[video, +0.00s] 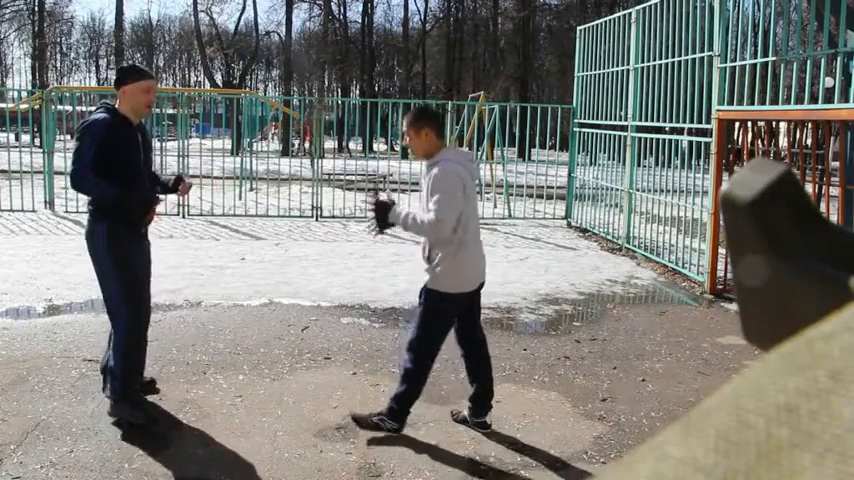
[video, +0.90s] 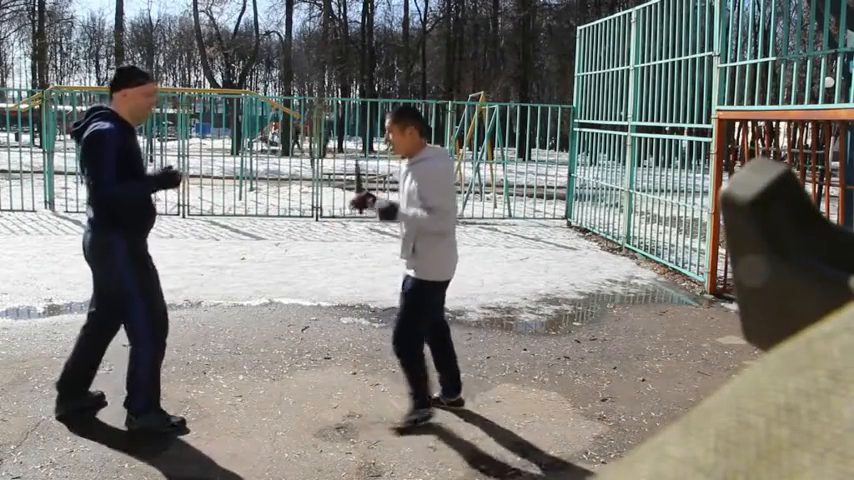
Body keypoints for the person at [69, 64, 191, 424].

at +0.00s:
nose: (152, 99)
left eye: (154, 92)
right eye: (146, 91)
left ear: (144, 95)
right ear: (124, 92)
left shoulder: (139, 132)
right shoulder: (100, 126)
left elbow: (141, 178)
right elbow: (80, 178)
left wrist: (171, 186)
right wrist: (131, 200)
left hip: (134, 232)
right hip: (108, 234)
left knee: (138, 310)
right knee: (128, 314)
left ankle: (124, 376)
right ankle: (123, 401)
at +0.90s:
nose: (154, 105)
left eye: (154, 97)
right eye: (149, 97)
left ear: (125, 96)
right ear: (124, 95)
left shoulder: (112, 129)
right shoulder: (106, 133)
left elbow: (114, 187)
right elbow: (109, 193)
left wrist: (153, 181)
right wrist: (159, 181)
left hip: (109, 244)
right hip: (118, 246)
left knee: (105, 317)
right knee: (150, 324)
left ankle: (71, 396)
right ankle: (144, 412)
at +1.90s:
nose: (144, 112)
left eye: (145, 106)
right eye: (140, 105)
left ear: (114, 103)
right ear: (115, 102)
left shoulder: (103, 134)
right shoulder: (98, 138)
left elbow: (110, 187)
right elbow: (108, 194)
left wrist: (141, 168)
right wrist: (145, 168)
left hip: (99, 247)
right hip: (112, 250)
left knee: (96, 319)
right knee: (155, 320)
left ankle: (61, 395)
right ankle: (172, 409)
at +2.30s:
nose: (145, 116)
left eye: (145, 109)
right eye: (140, 109)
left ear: (115, 109)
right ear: (118, 109)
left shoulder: (100, 137)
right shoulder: (109, 142)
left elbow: (114, 191)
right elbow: (126, 192)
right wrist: (162, 169)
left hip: (92, 249)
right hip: (111, 253)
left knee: (102, 313)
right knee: (161, 320)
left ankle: (46, 377)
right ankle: (173, 408)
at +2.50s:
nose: (157, 135)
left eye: (158, 128)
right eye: (153, 127)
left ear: (130, 124)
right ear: (131, 123)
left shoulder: (114, 150)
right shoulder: (113, 154)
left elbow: (148, 206)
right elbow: (152, 202)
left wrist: (183, 238)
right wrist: (206, 221)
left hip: (62, 247)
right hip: (74, 251)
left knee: (68, 320)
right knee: (120, 321)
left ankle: (32, 385)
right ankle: (149, 410)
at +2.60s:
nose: (160, 140)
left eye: (161, 133)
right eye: (156, 132)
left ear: (131, 130)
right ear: (133, 129)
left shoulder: (113, 154)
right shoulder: (117, 159)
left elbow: (151, 216)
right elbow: (156, 212)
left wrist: (187, 252)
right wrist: (209, 244)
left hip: (53, 245)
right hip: (67, 251)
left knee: (65, 308)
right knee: (116, 319)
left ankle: (25, 377)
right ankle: (133, 407)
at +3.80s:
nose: (111, 110)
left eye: (110, 103)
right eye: (107, 103)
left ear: (84, 101)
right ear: (88, 102)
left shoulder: (61, 126)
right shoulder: (75, 133)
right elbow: (103, 187)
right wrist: (155, 205)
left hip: (30, 233)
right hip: (50, 237)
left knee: (46, 305)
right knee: (94, 306)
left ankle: (7, 370)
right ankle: (103, 395)